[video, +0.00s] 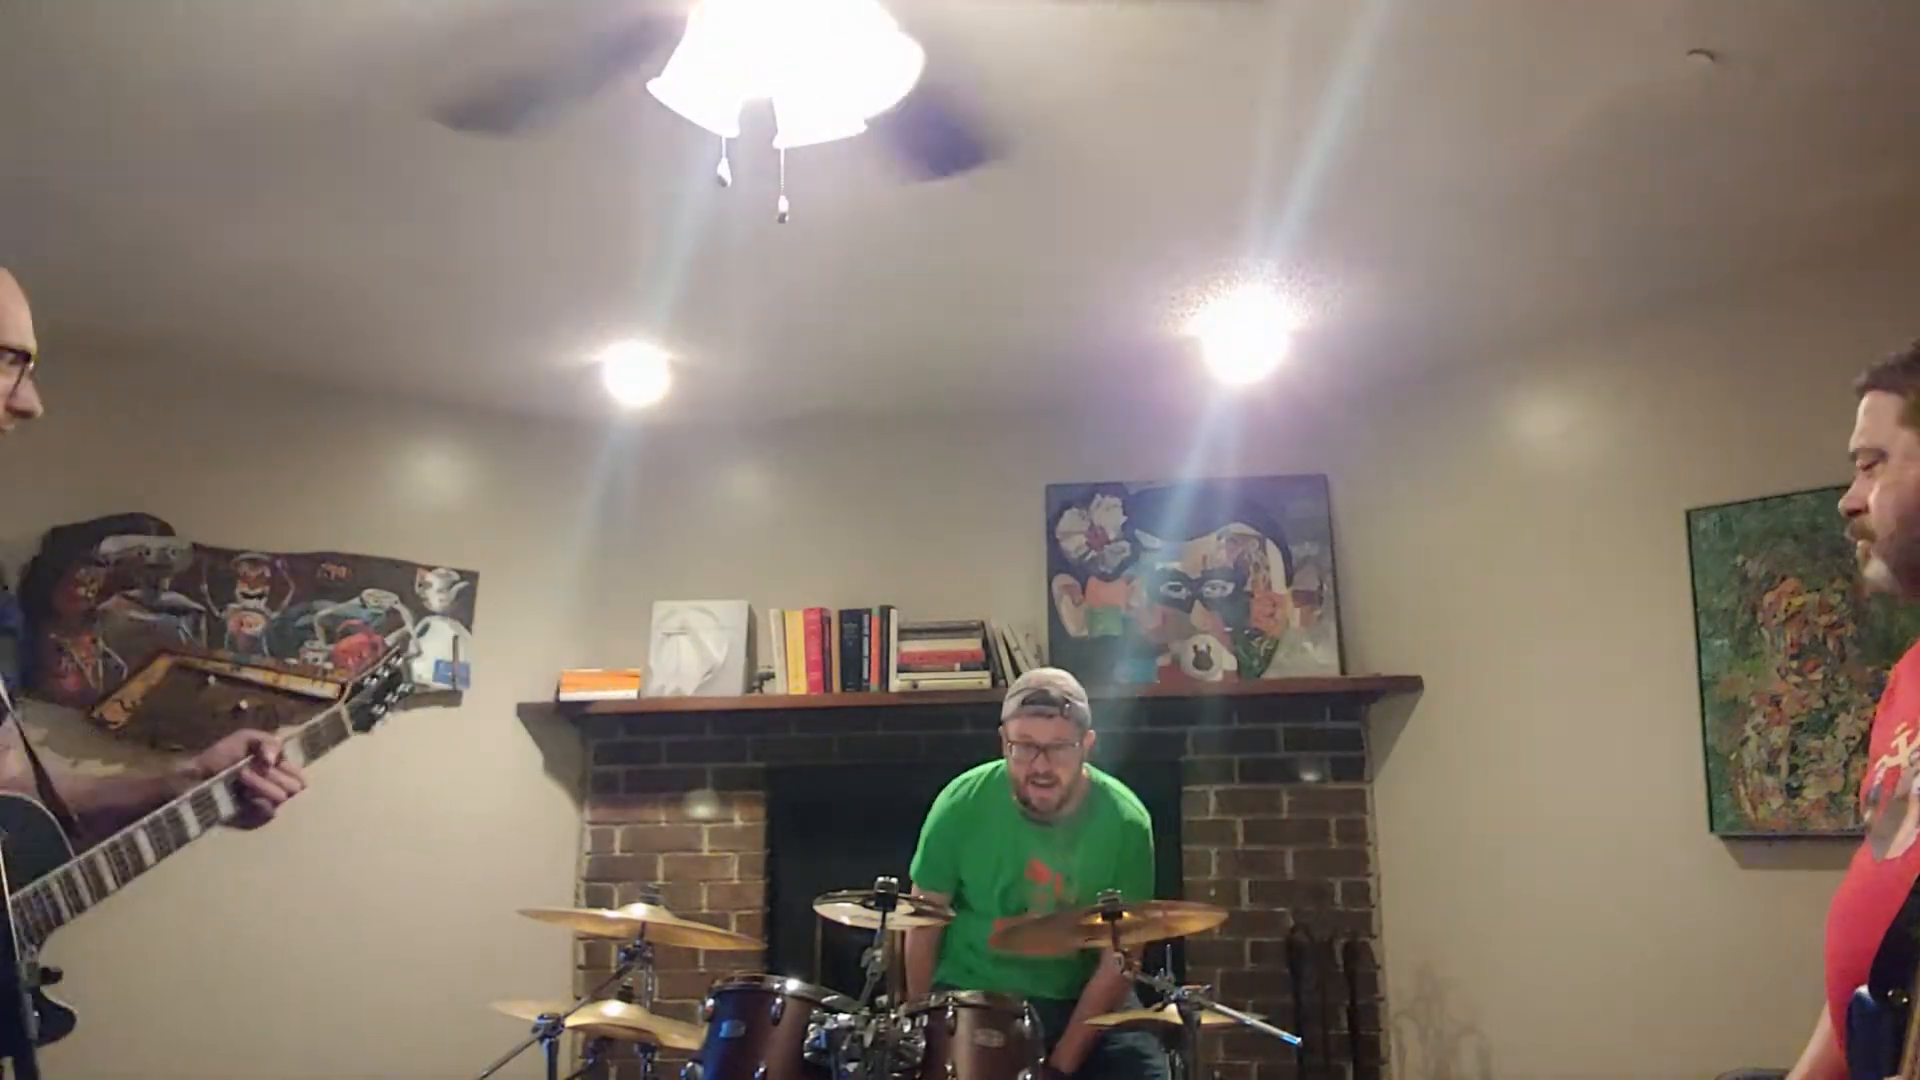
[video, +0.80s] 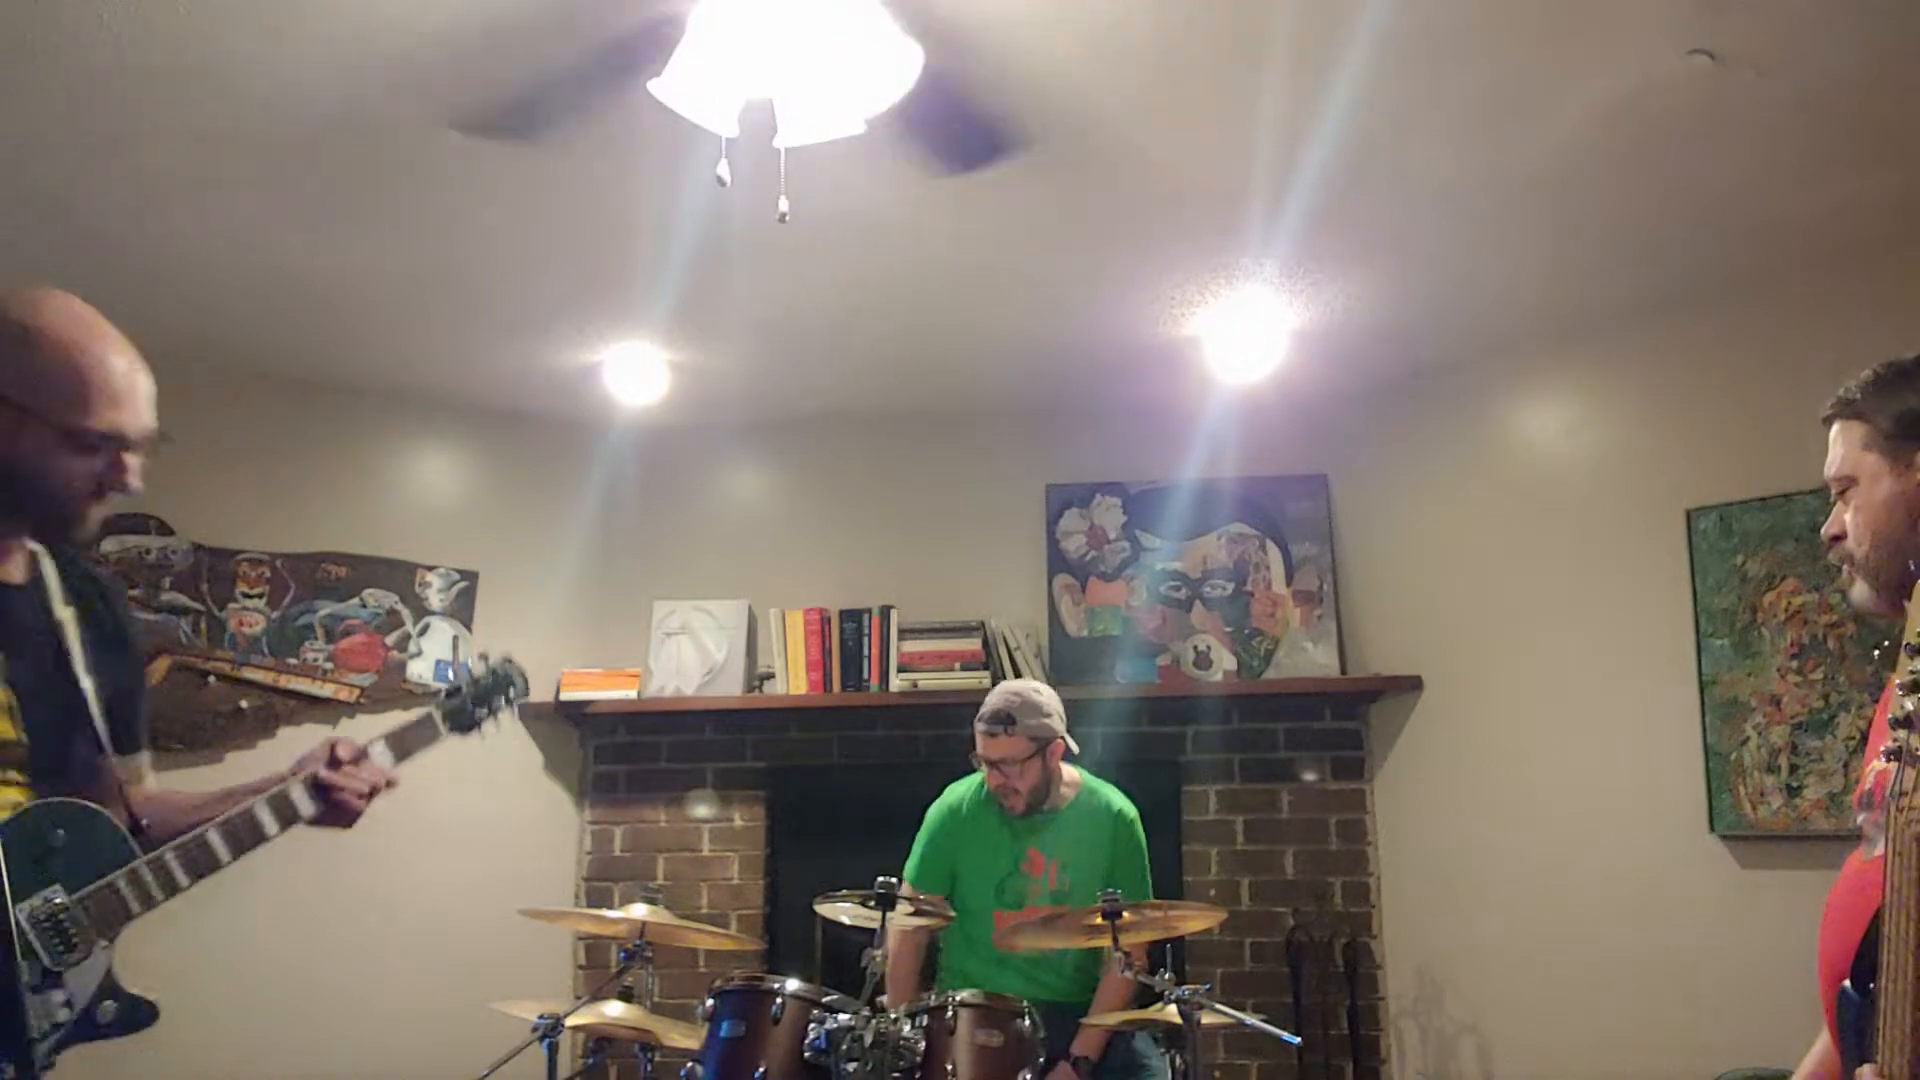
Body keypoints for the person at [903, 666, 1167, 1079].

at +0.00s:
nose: (1040, 765)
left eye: (1057, 748)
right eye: (1024, 747)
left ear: (1087, 744)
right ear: (1004, 742)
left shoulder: (1126, 822)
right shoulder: (961, 805)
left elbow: (1123, 955)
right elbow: (922, 921)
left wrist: (1060, 1064)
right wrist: (920, 1031)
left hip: (1082, 1004)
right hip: (973, 1002)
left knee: (1146, 1069)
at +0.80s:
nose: (994, 781)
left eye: (1008, 765)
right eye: (986, 764)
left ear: (1056, 752)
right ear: (976, 753)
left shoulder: (1114, 819)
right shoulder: (954, 812)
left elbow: (1128, 953)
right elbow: (908, 929)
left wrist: (1078, 1060)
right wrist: (901, 1039)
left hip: (1079, 1021)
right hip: (972, 1021)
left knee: (1147, 1069)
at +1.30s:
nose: (974, 813)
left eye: (986, 798)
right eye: (965, 800)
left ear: (1028, 782)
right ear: (957, 794)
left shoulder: (1099, 851)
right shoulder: (954, 862)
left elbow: (1151, 967)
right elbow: (905, 979)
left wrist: (1104, 1011)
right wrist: (886, 1054)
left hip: (1084, 1035)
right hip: (980, 1036)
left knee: (1149, 1074)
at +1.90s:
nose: (958, 849)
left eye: (970, 834)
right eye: (946, 835)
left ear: (1009, 814)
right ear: (935, 823)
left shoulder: (1081, 849)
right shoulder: (933, 877)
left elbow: (1142, 952)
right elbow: (901, 1004)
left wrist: (1092, 1017)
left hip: (1077, 1037)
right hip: (977, 1043)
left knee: (1131, 1075)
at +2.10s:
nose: (949, 880)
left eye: (963, 868)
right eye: (941, 864)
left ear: (1011, 850)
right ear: (933, 844)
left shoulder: (1076, 863)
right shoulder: (927, 890)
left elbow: (1129, 978)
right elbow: (893, 1009)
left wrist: (1056, 1060)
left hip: (1077, 1046)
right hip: (973, 1053)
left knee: (1130, 1074)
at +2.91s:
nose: (932, 839)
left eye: (942, 823)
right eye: (923, 826)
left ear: (986, 803)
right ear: (915, 821)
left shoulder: (1073, 844)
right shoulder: (928, 883)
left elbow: (1132, 959)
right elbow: (901, 1009)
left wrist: (1073, 1046)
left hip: (1081, 1038)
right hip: (980, 1048)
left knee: (1134, 1075)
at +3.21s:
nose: (947, 796)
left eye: (957, 779)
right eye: (940, 785)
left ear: (1004, 768)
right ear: (936, 786)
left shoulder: (1078, 841)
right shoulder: (928, 862)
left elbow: (1132, 954)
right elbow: (893, 971)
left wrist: (1063, 994)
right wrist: (911, 1015)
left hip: (1060, 1033)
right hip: (954, 1033)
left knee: (1127, 1072)